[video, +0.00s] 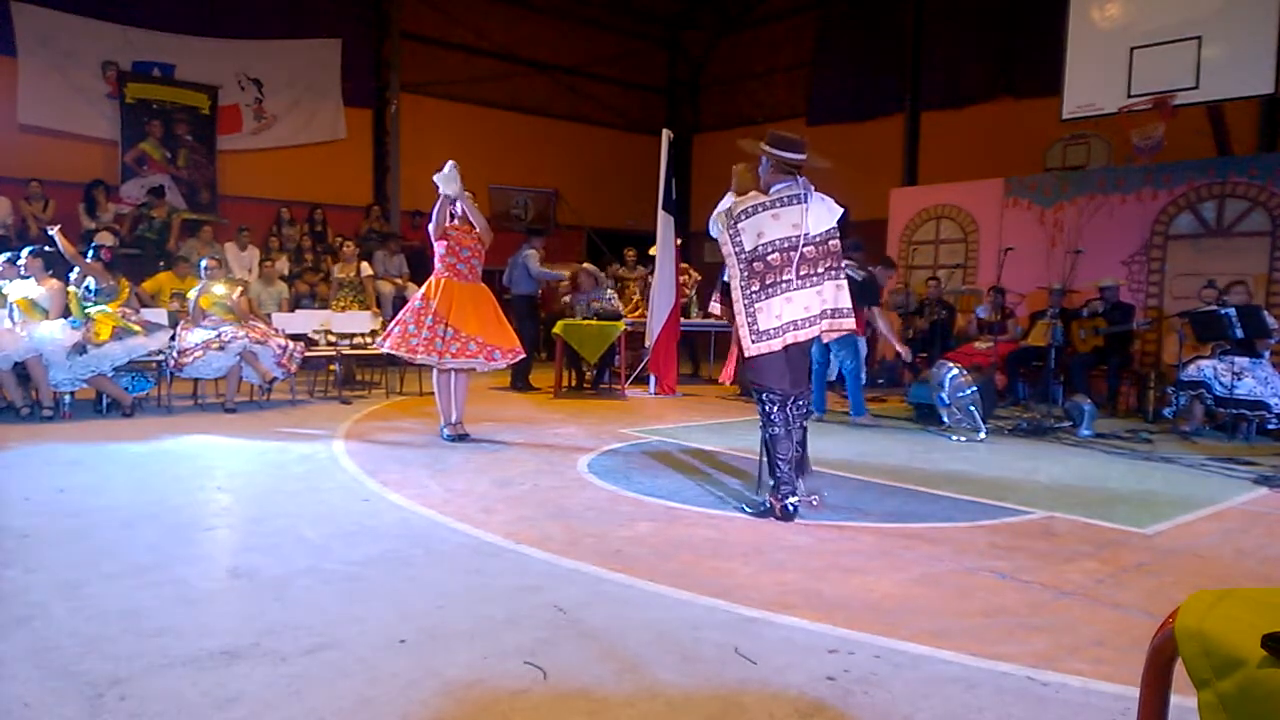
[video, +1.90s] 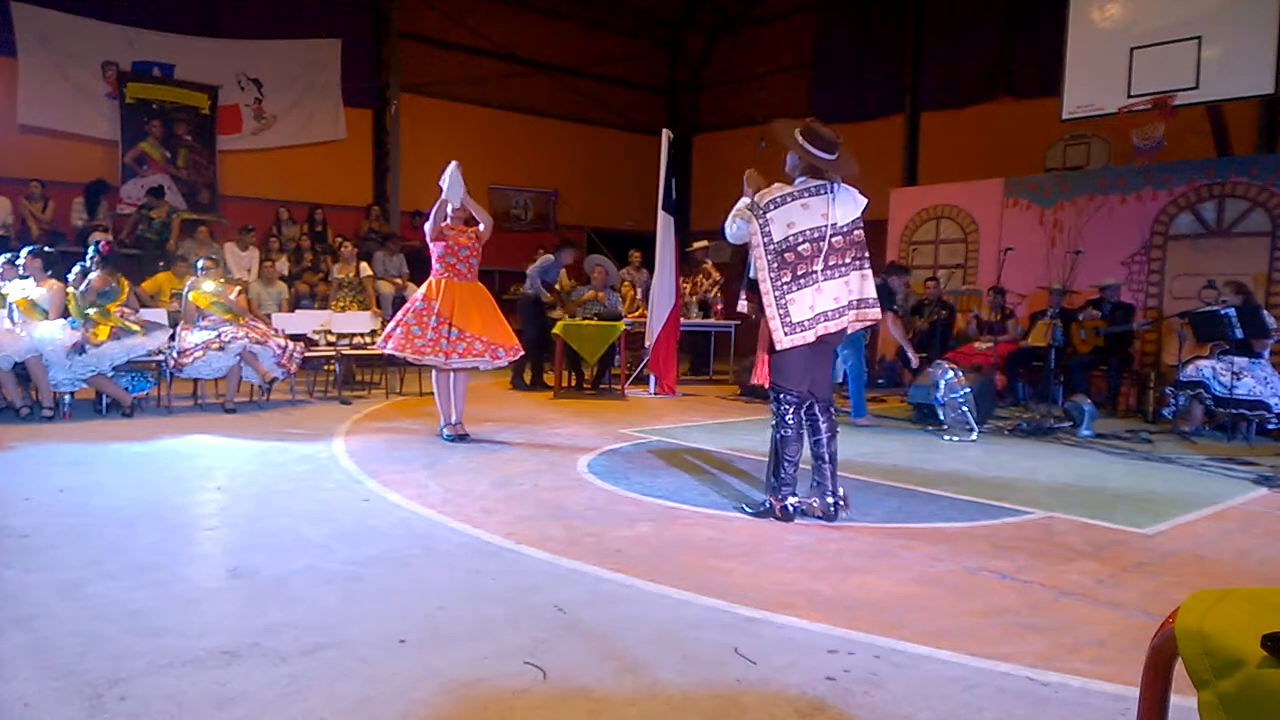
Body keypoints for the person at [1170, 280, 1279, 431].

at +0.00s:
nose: (1239, 297)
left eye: (1243, 293)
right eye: (1234, 293)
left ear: (1249, 297)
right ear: (1226, 297)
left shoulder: (1258, 314)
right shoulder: (1218, 314)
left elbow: (1265, 344)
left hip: (1252, 363)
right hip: (1222, 362)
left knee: (1247, 381)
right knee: (1199, 368)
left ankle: (1243, 427)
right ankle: (1196, 420)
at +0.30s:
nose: (1239, 297)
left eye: (1243, 293)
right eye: (1234, 293)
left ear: (1249, 297)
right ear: (1226, 297)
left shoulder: (1258, 314)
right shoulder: (1218, 314)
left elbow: (1265, 345)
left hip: (1253, 363)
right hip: (1223, 362)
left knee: (1247, 381)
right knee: (1198, 368)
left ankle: (1243, 426)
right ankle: (1196, 419)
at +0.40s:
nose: (1244, 297)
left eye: (1246, 293)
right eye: (1239, 293)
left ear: (1250, 296)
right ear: (1227, 297)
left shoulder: (1257, 314)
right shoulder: (1218, 315)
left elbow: (1265, 346)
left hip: (1253, 364)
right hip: (1223, 362)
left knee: (1247, 381)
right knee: (1198, 368)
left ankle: (1243, 425)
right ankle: (1195, 419)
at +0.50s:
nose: (1244, 297)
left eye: (1246, 293)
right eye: (1239, 293)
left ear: (1250, 296)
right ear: (1227, 297)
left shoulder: (1258, 314)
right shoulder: (1218, 315)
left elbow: (1265, 345)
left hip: (1253, 364)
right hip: (1222, 362)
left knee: (1248, 381)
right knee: (1198, 368)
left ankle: (1243, 425)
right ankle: (1196, 419)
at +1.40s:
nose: (1222, 302)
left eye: (1226, 298)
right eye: (1221, 298)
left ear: (1242, 298)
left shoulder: (1259, 316)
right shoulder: (1218, 317)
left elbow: (1263, 346)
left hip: (1253, 365)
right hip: (1223, 363)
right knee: (1196, 368)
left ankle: (1243, 424)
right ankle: (1196, 419)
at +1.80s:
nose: (1221, 303)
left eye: (1225, 299)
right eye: (1220, 299)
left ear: (1241, 298)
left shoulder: (1258, 315)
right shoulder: (1220, 317)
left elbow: (1261, 346)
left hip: (1254, 367)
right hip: (1225, 365)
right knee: (1197, 368)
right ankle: (1195, 421)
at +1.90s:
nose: (1221, 303)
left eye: (1225, 298)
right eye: (1220, 298)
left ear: (1241, 298)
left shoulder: (1258, 315)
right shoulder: (1218, 316)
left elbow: (1261, 346)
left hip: (1253, 366)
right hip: (1223, 365)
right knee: (1197, 368)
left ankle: (1242, 425)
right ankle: (1195, 421)